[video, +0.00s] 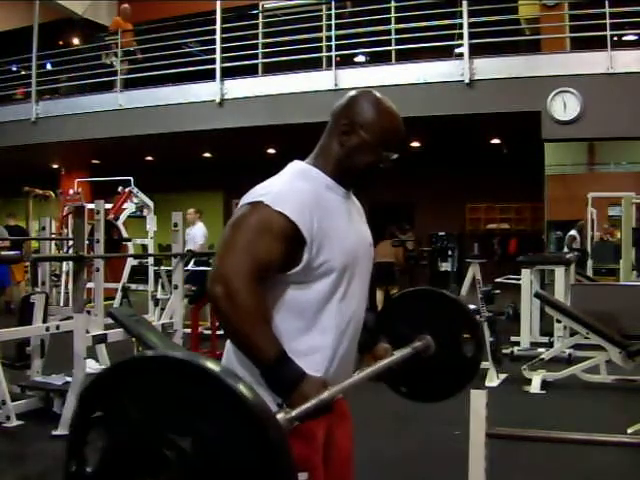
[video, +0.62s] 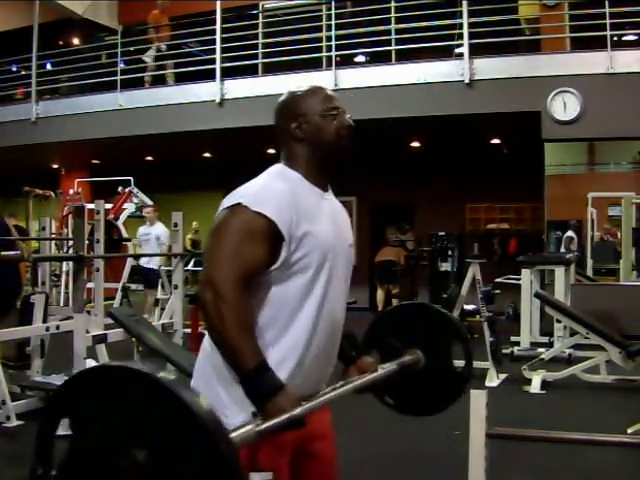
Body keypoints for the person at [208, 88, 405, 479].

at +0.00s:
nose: (386, 162)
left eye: (390, 152)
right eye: (384, 149)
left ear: (349, 134)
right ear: (347, 133)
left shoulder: (350, 206)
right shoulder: (287, 198)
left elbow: (335, 294)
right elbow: (227, 283)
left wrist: (371, 342)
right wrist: (290, 379)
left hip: (328, 405)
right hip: (273, 413)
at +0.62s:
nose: (346, 122)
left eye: (343, 114)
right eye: (331, 114)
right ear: (297, 129)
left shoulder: (335, 211)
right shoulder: (266, 198)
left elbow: (315, 306)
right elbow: (218, 293)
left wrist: (353, 356)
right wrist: (267, 389)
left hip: (309, 407)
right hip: (247, 414)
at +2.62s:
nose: (359, 131)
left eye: (352, 124)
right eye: (340, 127)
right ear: (309, 151)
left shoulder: (348, 221)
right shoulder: (276, 230)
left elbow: (325, 318)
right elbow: (235, 335)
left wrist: (339, 388)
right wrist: (255, 440)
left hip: (288, 404)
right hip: (228, 412)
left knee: (296, 473)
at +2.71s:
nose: (339, 125)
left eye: (332, 117)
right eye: (320, 121)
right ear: (290, 146)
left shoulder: (337, 219)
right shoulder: (266, 220)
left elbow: (320, 309)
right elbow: (223, 321)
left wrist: (344, 379)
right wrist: (261, 426)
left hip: (291, 400)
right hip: (235, 411)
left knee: (304, 471)